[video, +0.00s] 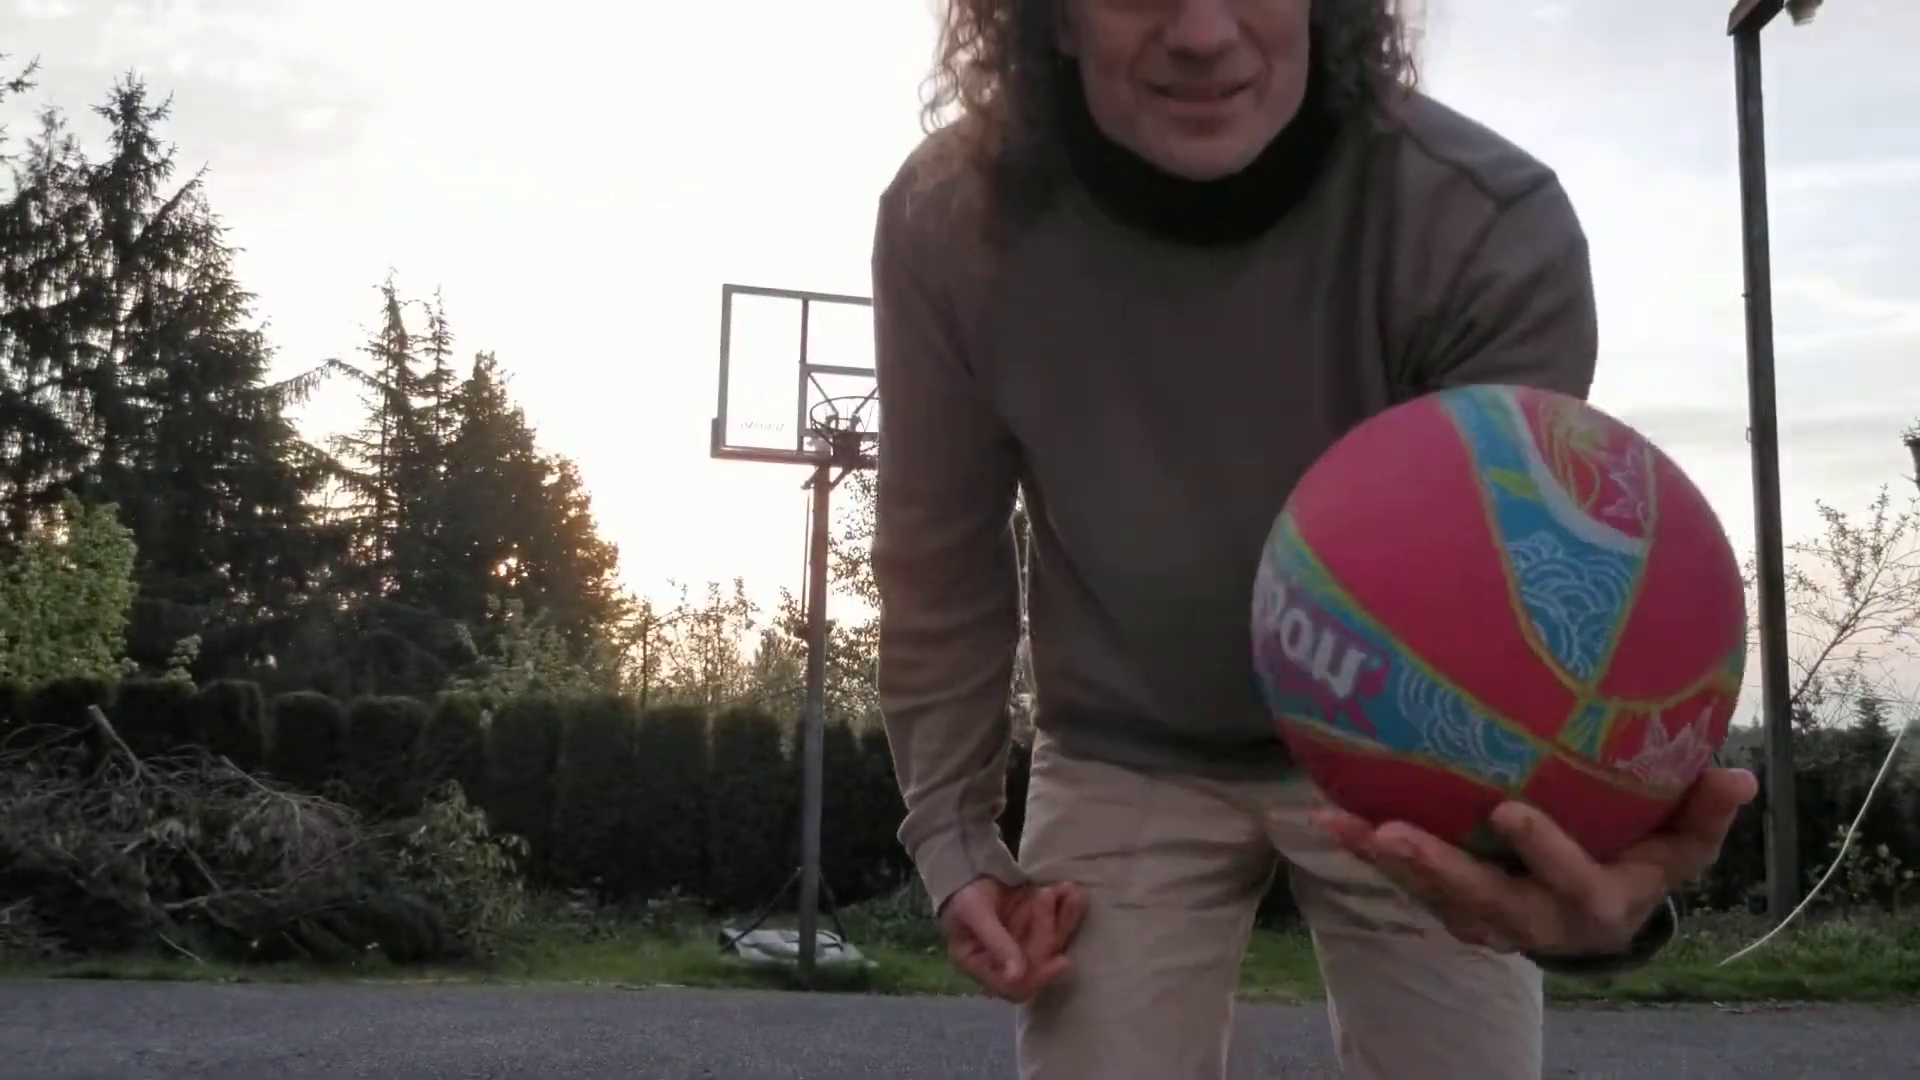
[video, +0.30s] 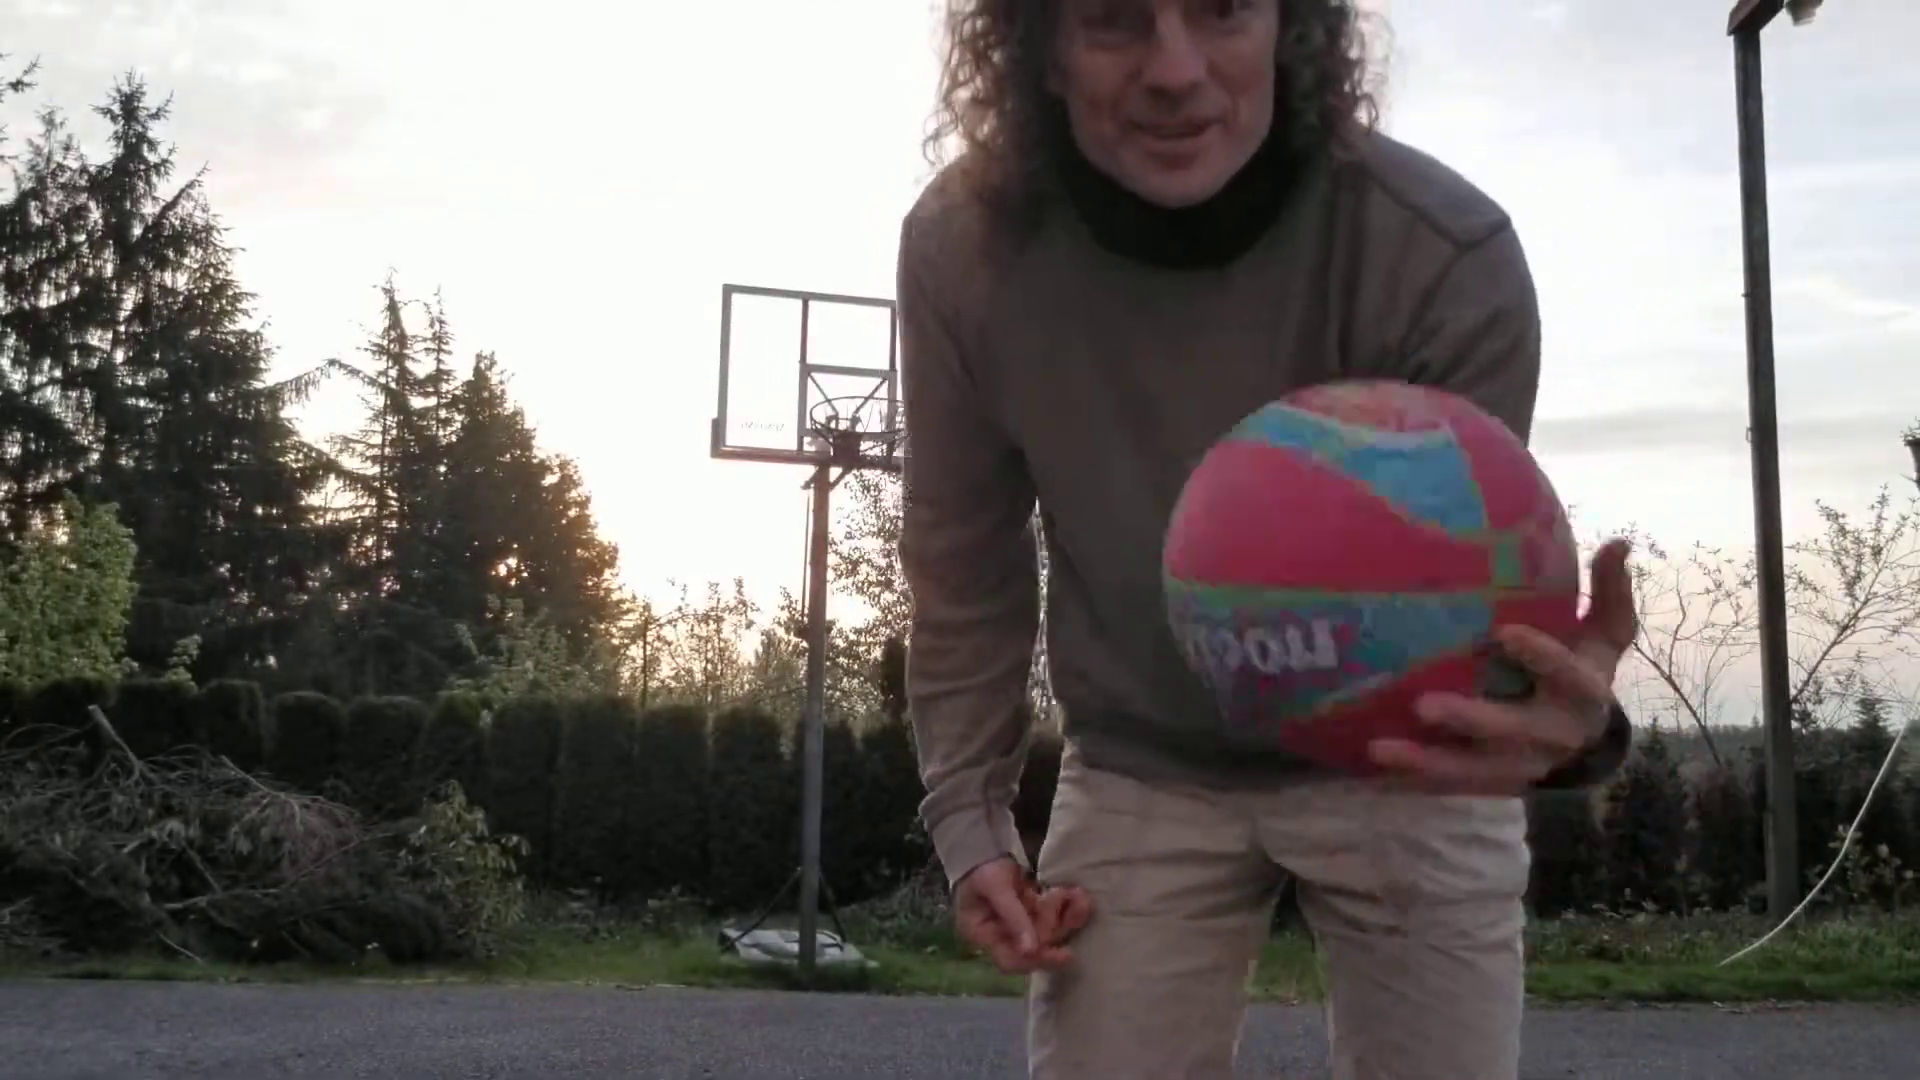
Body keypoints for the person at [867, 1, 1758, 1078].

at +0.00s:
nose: (1203, 30)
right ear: (1052, 11)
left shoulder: (1483, 219)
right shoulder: (957, 219)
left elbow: (1525, 621)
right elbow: (939, 570)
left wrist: (1588, 876)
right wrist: (954, 840)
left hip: (1413, 759)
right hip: (1123, 763)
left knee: (1476, 1069)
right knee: (1094, 1063)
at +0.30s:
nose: (1176, 72)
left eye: (1224, 15)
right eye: (1117, 25)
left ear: (1290, 28)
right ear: (1042, 53)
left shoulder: (1443, 249)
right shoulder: (968, 250)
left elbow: (1472, 630)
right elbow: (961, 578)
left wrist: (1565, 722)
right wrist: (971, 823)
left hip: (1415, 780)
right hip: (1136, 782)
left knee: (1446, 1058)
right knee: (1097, 1059)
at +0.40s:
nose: (1168, 94)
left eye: (1214, 32)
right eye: (1109, 44)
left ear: (1278, 41)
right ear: (1037, 68)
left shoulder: (1434, 244)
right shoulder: (981, 258)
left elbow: (1511, 661)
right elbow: (985, 566)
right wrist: (986, 808)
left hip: (1430, 767)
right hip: (1157, 777)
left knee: (1438, 1059)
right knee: (1110, 1059)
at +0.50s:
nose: (1158, 105)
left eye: (1201, 41)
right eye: (1100, 58)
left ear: (1272, 43)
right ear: (1036, 79)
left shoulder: (1428, 231)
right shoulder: (998, 264)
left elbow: (1557, 595)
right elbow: (1002, 567)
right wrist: (1015, 812)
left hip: (1438, 751)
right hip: (1184, 763)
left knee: (1427, 1058)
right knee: (1137, 1057)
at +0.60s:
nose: (1135, 130)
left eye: (1178, 71)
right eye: (1087, 85)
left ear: (1259, 51)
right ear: (1039, 88)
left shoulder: (1419, 218)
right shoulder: (1020, 266)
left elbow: (1528, 554)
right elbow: (1039, 589)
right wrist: (1050, 852)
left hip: (1441, 757)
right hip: (1192, 770)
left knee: (1443, 1061)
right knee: (1166, 1065)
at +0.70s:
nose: (1123, 150)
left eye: (1163, 93)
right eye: (1077, 104)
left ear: (1249, 60)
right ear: (1034, 92)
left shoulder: (1413, 225)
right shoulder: (1034, 261)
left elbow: (1516, 582)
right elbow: (1055, 564)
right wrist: (1056, 792)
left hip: (1446, 773)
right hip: (1204, 782)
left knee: (1458, 1057)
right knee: (1145, 1055)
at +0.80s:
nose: (1126, 150)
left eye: (1164, 96)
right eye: (1080, 107)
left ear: (1253, 61)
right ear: (1037, 95)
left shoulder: (1424, 229)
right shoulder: (1043, 261)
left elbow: (1544, 556)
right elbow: (1060, 528)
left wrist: (1565, 876)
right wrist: (1066, 720)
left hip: (1445, 764)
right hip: (1203, 776)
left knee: (1480, 1056)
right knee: (1153, 1057)